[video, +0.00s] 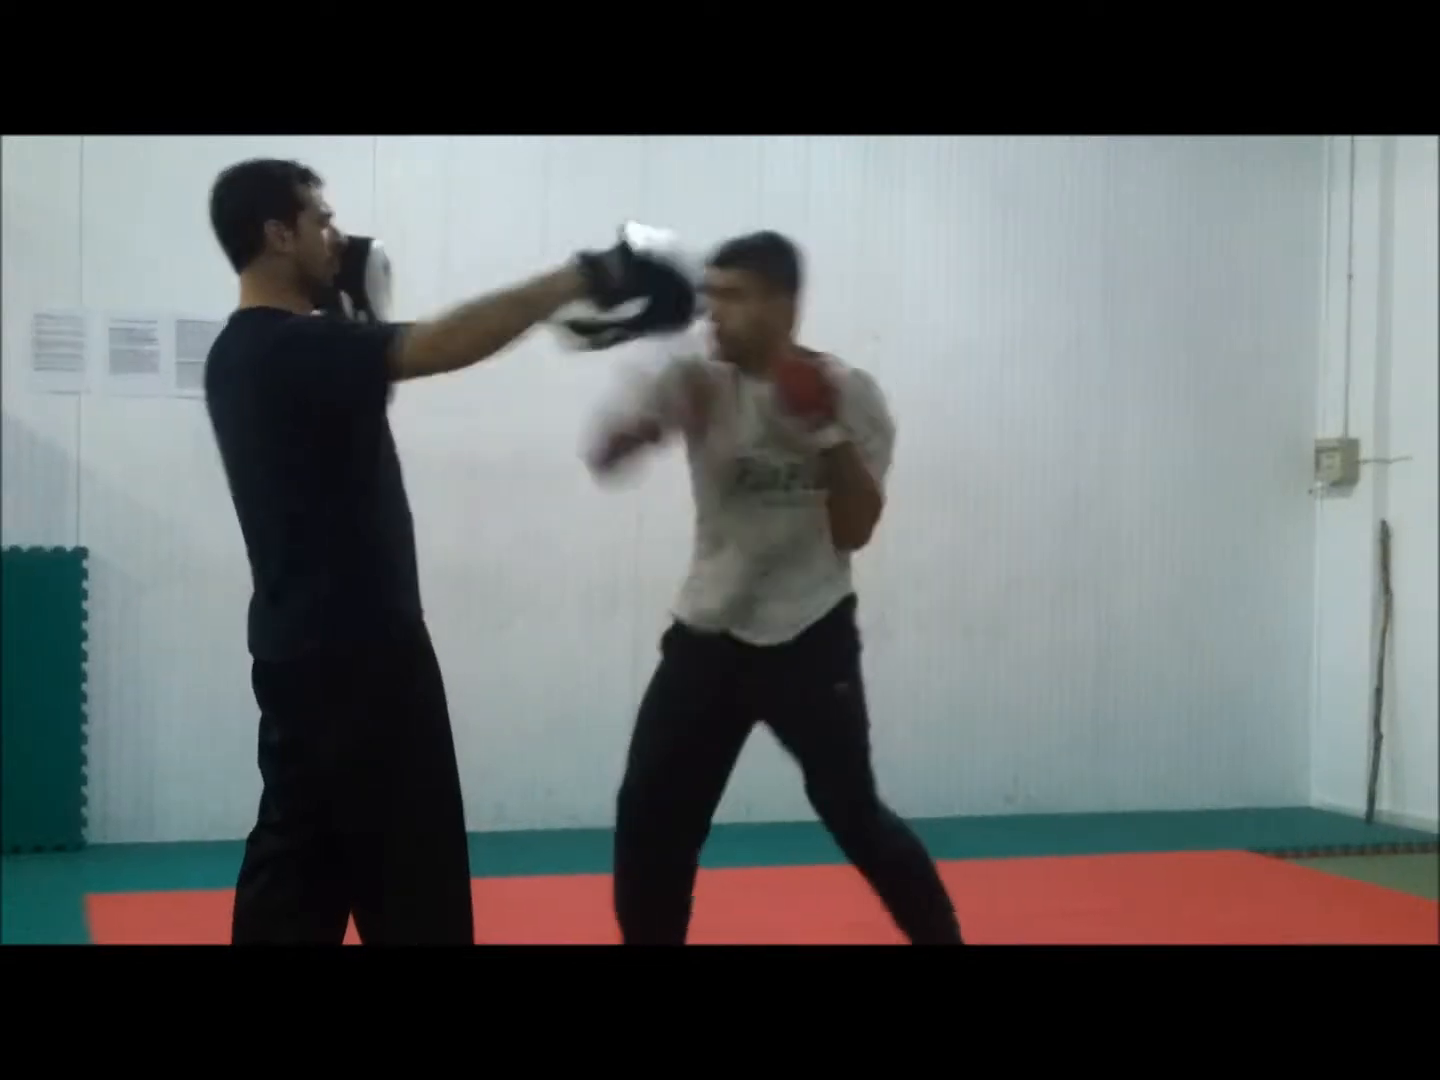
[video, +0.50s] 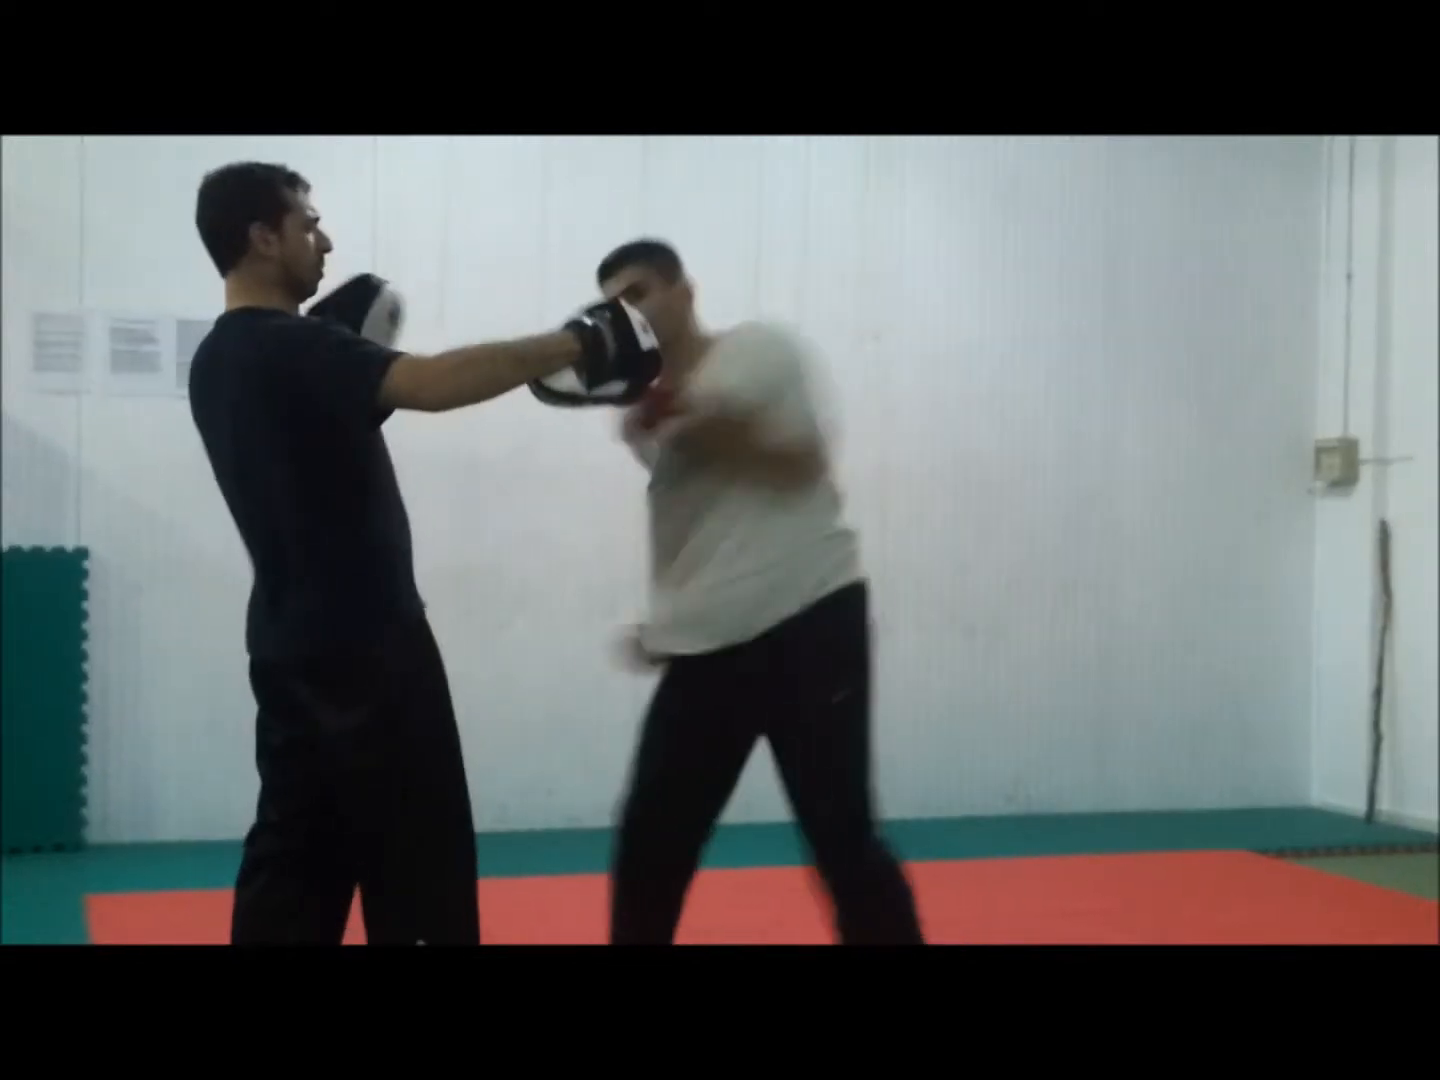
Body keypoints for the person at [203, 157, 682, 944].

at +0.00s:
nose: (337, 236)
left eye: (331, 219)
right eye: (323, 221)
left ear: (258, 240)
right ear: (277, 233)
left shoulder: (238, 351)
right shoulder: (296, 345)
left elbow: (333, 412)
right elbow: (445, 343)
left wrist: (347, 309)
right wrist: (580, 277)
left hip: (297, 642)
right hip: (362, 642)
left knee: (297, 859)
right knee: (414, 862)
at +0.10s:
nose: (345, 235)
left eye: (340, 220)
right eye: (330, 220)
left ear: (274, 238)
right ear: (282, 234)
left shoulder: (274, 340)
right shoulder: (280, 342)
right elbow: (417, 370)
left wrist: (372, 325)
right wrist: (556, 312)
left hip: (322, 637)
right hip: (349, 641)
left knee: (298, 852)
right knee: (411, 852)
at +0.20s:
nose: (348, 237)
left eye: (342, 220)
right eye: (333, 221)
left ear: (277, 240)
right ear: (283, 235)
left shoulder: (262, 344)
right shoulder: (290, 346)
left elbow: (344, 429)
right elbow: (414, 400)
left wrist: (385, 342)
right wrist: (563, 338)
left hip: (316, 646)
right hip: (359, 648)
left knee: (302, 858)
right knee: (412, 866)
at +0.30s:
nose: (337, 238)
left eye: (329, 221)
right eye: (320, 223)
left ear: (269, 243)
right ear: (271, 240)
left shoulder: (271, 341)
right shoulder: (278, 347)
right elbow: (419, 397)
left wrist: (335, 337)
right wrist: (567, 338)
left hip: (337, 643)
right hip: (350, 649)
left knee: (306, 857)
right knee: (408, 864)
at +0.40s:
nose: (322, 239)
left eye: (315, 222)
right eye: (307, 224)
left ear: (244, 244)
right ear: (260, 237)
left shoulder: (218, 358)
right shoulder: (286, 347)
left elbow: (300, 436)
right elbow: (431, 386)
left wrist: (351, 349)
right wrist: (573, 333)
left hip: (297, 639)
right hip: (371, 637)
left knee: (301, 852)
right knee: (421, 859)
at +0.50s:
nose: (324, 240)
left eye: (317, 222)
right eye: (308, 224)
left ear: (247, 244)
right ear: (261, 238)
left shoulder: (215, 359)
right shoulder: (293, 346)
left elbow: (285, 430)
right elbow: (431, 383)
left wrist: (327, 341)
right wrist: (580, 342)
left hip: (290, 644)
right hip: (371, 642)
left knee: (294, 864)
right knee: (424, 868)